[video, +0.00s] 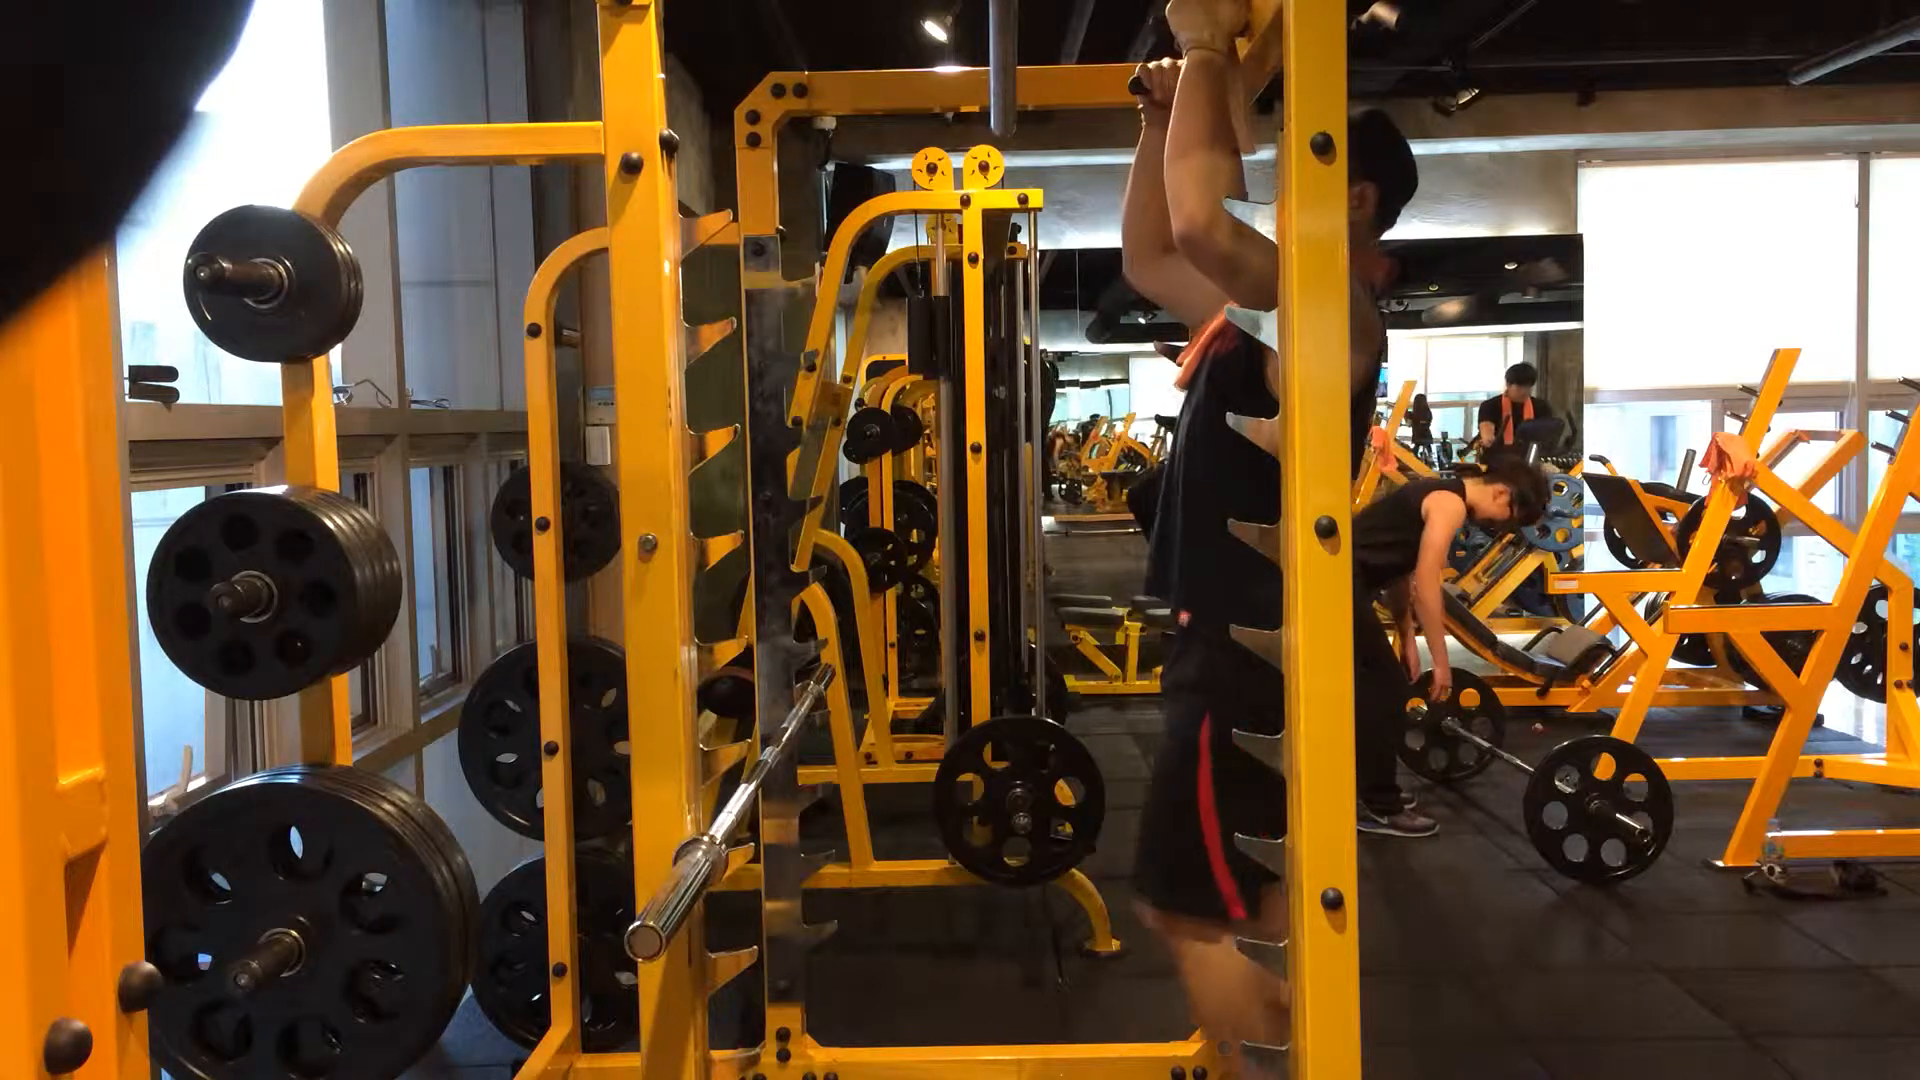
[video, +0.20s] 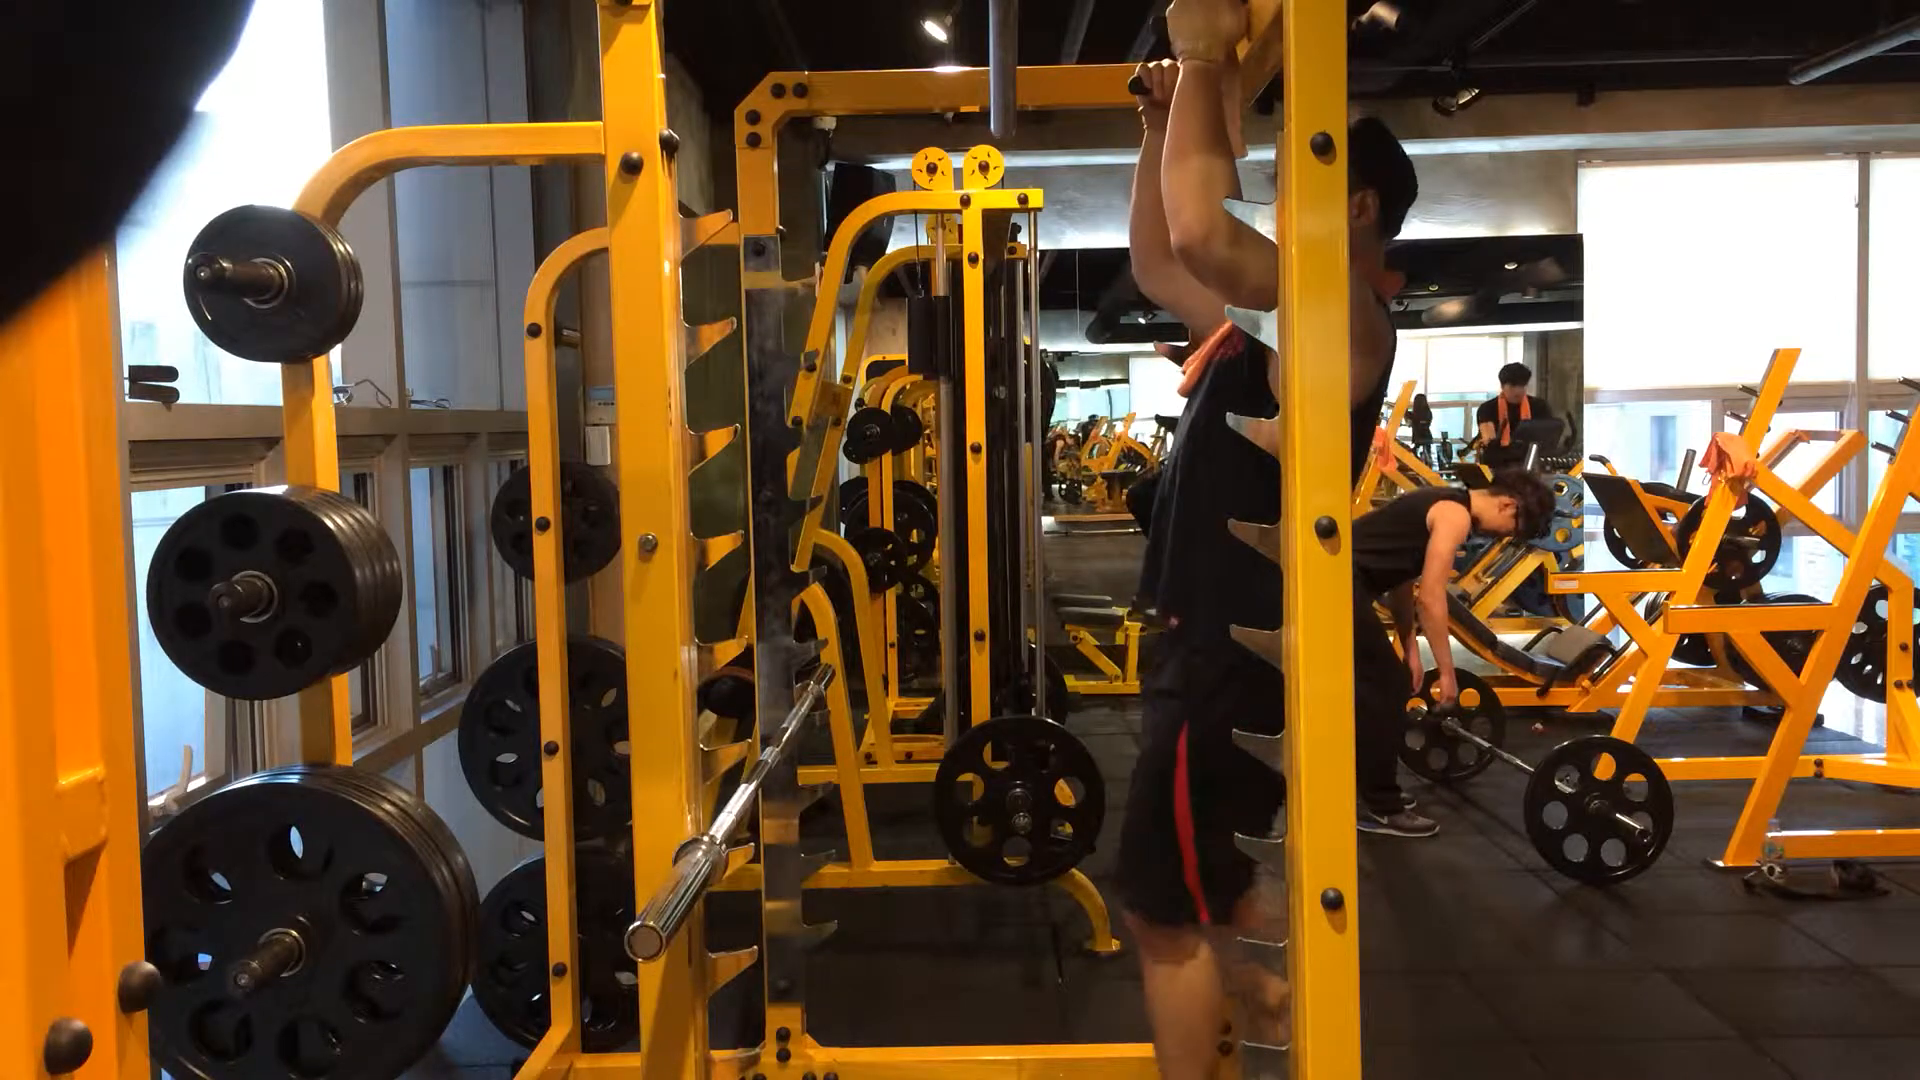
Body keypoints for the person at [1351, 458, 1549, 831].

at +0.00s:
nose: (1497, 526)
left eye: (1506, 524)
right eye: (1506, 519)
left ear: (1498, 489)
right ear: (1501, 492)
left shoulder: (1438, 491)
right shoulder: (1449, 504)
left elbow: (1402, 575)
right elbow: (1425, 584)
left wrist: (1407, 638)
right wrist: (1440, 661)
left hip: (1344, 584)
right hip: (1340, 586)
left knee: (1386, 682)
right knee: (1385, 685)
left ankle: (1377, 790)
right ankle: (1377, 802)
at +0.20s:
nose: (1501, 534)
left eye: (1510, 533)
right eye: (1511, 528)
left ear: (1506, 501)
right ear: (1508, 504)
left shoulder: (1443, 499)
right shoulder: (1455, 515)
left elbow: (1401, 582)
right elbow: (1431, 598)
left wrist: (1410, 649)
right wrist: (1446, 672)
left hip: (1342, 581)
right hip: (1341, 587)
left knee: (1386, 678)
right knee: (1388, 680)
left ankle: (1375, 789)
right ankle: (1379, 801)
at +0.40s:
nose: (1504, 530)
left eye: (1513, 527)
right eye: (1513, 522)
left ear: (1506, 493)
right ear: (1509, 496)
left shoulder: (1447, 494)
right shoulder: (1456, 506)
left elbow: (1393, 576)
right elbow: (1426, 585)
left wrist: (1416, 634)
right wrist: (1452, 656)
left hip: (1348, 582)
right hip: (1344, 586)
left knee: (1385, 683)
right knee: (1388, 686)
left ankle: (1375, 790)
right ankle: (1377, 803)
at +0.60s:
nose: (1505, 508)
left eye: (1514, 506)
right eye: (1514, 502)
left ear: (1503, 473)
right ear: (1507, 477)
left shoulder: (1449, 482)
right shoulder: (1453, 491)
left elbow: (1402, 559)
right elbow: (1414, 562)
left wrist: (1417, 608)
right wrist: (1450, 624)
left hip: (1351, 580)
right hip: (1349, 583)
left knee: (1384, 684)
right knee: (1389, 687)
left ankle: (1377, 791)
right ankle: (1378, 803)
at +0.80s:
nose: (1503, 495)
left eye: (1513, 492)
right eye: (1511, 487)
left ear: (1500, 458)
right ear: (1503, 461)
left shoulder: (1446, 474)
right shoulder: (1447, 479)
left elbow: (1401, 542)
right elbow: (1402, 541)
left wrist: (1417, 596)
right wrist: (1442, 596)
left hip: (1355, 582)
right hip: (1351, 584)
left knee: (1381, 683)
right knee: (1389, 683)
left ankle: (1375, 796)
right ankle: (1378, 803)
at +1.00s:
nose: (1496, 473)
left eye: (1504, 468)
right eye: (1502, 464)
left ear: (1488, 440)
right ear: (1490, 441)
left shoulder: (1436, 460)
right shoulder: (1439, 466)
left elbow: (1400, 540)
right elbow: (1408, 542)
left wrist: (1413, 595)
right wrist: (1446, 599)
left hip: (1356, 578)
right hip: (1350, 579)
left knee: (1379, 682)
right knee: (1387, 684)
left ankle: (1373, 790)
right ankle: (1378, 800)